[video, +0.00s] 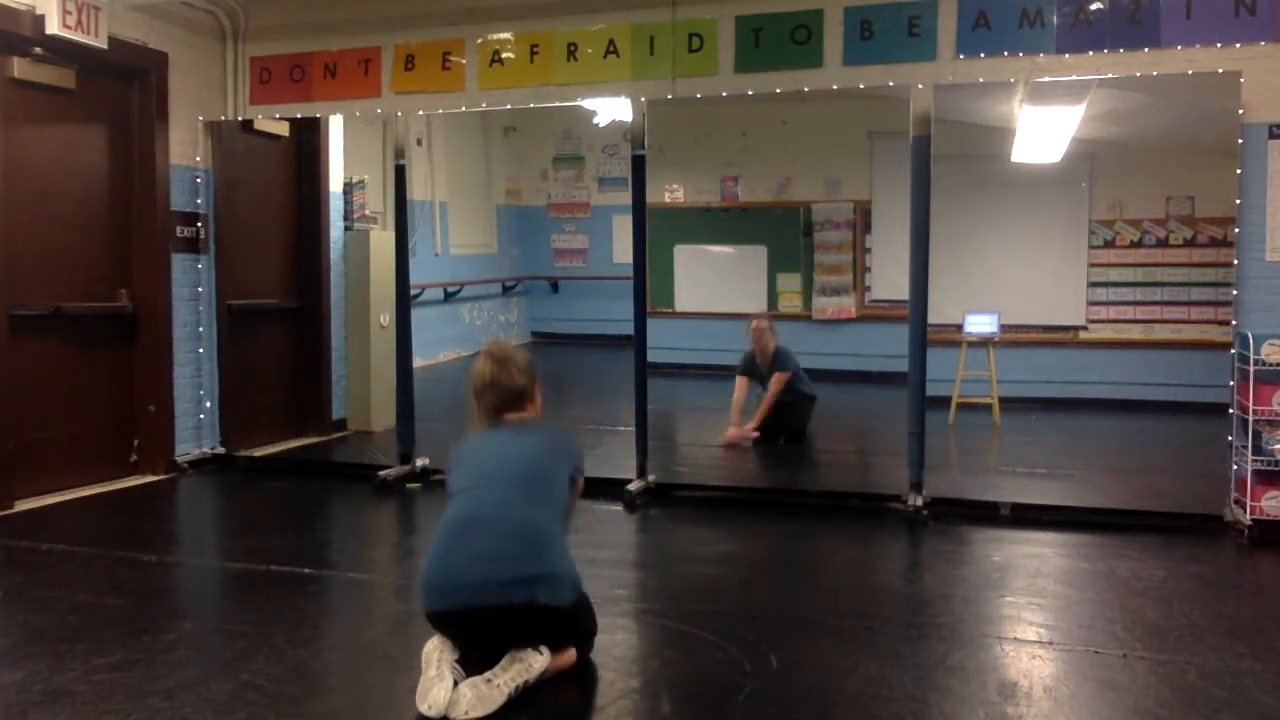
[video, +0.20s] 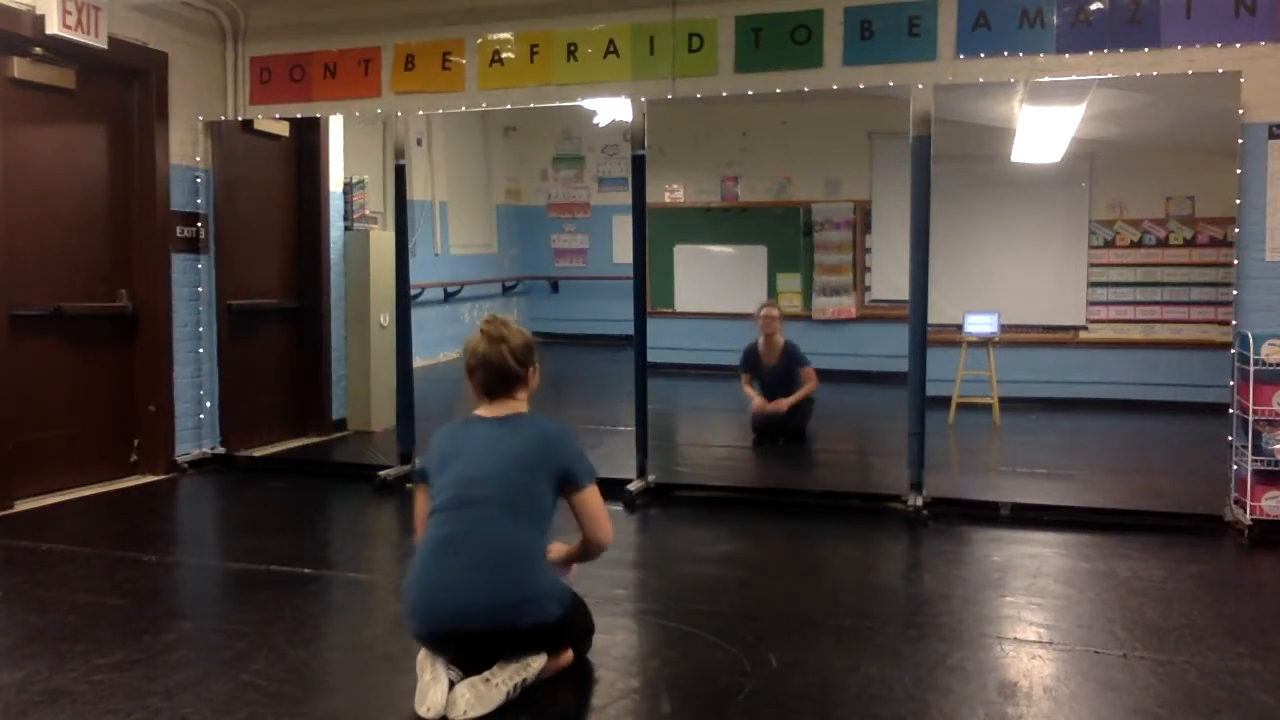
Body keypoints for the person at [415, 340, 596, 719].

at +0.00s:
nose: (542, 392)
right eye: (538, 385)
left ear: (480, 403)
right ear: (535, 395)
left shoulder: (462, 450)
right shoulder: (562, 443)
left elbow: (461, 508)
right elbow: (564, 515)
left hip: (449, 595)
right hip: (539, 588)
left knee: (487, 650)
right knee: (579, 639)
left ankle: (444, 658)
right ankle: (528, 667)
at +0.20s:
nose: (538, 374)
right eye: (537, 367)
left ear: (471, 379)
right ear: (532, 375)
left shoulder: (443, 439)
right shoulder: (553, 436)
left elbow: (422, 534)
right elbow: (599, 537)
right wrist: (568, 555)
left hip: (433, 606)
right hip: (521, 600)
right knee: (577, 633)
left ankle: (440, 669)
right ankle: (509, 679)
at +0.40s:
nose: (549, 381)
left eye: (547, 371)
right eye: (548, 373)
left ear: (484, 373)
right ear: (538, 380)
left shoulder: (438, 439)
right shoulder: (552, 443)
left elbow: (405, 538)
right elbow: (565, 537)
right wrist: (555, 566)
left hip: (427, 626)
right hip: (515, 626)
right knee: (582, 623)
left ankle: (440, 673)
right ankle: (499, 686)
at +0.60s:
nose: (589, 410)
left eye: (591, 403)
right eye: (589, 402)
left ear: (528, 389)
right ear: (576, 401)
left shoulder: (473, 439)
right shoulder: (571, 468)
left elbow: (447, 525)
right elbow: (578, 577)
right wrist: (581, 588)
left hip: (425, 624)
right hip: (508, 629)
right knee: (582, 622)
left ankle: (440, 670)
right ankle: (501, 687)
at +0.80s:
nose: (628, 464)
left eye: (631, 456)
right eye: (631, 454)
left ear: (577, 429)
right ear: (620, 448)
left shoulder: (517, 459)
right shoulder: (588, 494)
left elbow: (553, 559)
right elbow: (620, 610)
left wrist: (601, 606)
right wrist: (644, 617)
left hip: (429, 604)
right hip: (513, 605)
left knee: (487, 657)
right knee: (580, 633)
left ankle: (441, 666)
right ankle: (526, 667)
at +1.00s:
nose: (633, 497)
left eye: (637, 490)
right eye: (638, 488)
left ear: (584, 454)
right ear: (628, 477)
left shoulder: (521, 468)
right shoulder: (590, 495)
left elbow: (618, 549)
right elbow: (649, 565)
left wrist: (669, 575)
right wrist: (697, 592)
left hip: (432, 587)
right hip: (516, 584)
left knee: (491, 648)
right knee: (580, 632)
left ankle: (443, 660)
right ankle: (527, 664)